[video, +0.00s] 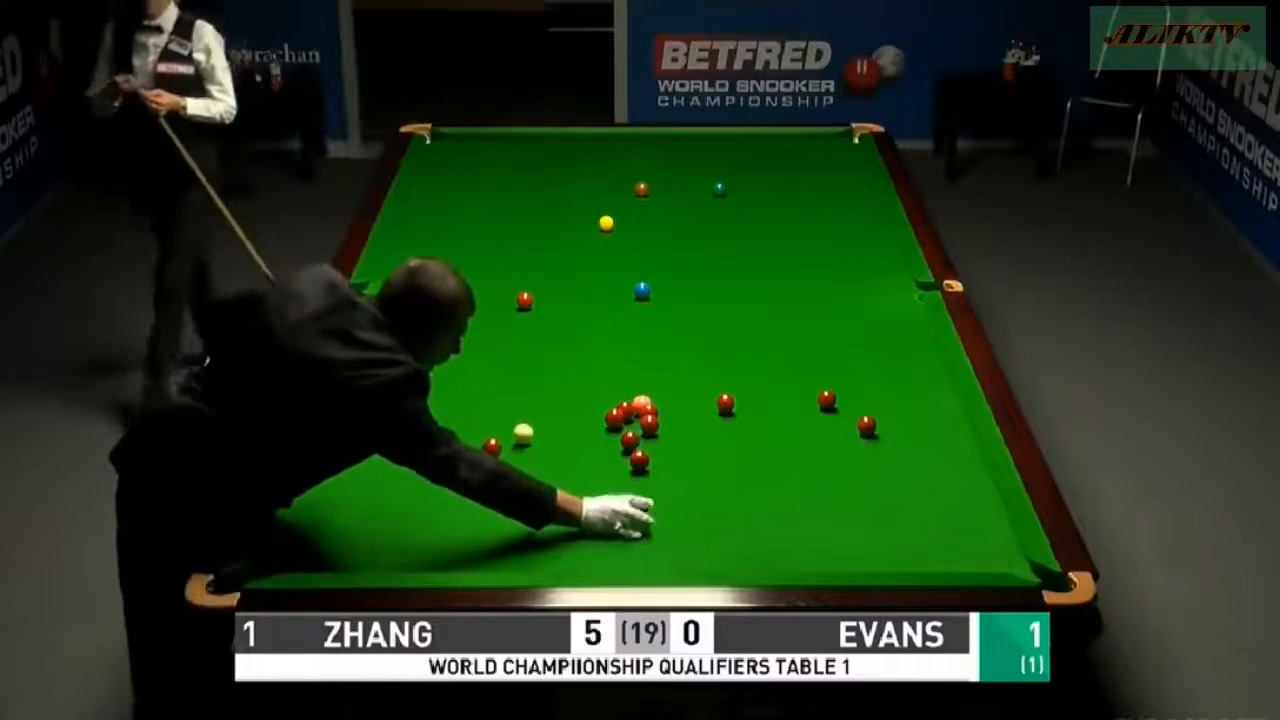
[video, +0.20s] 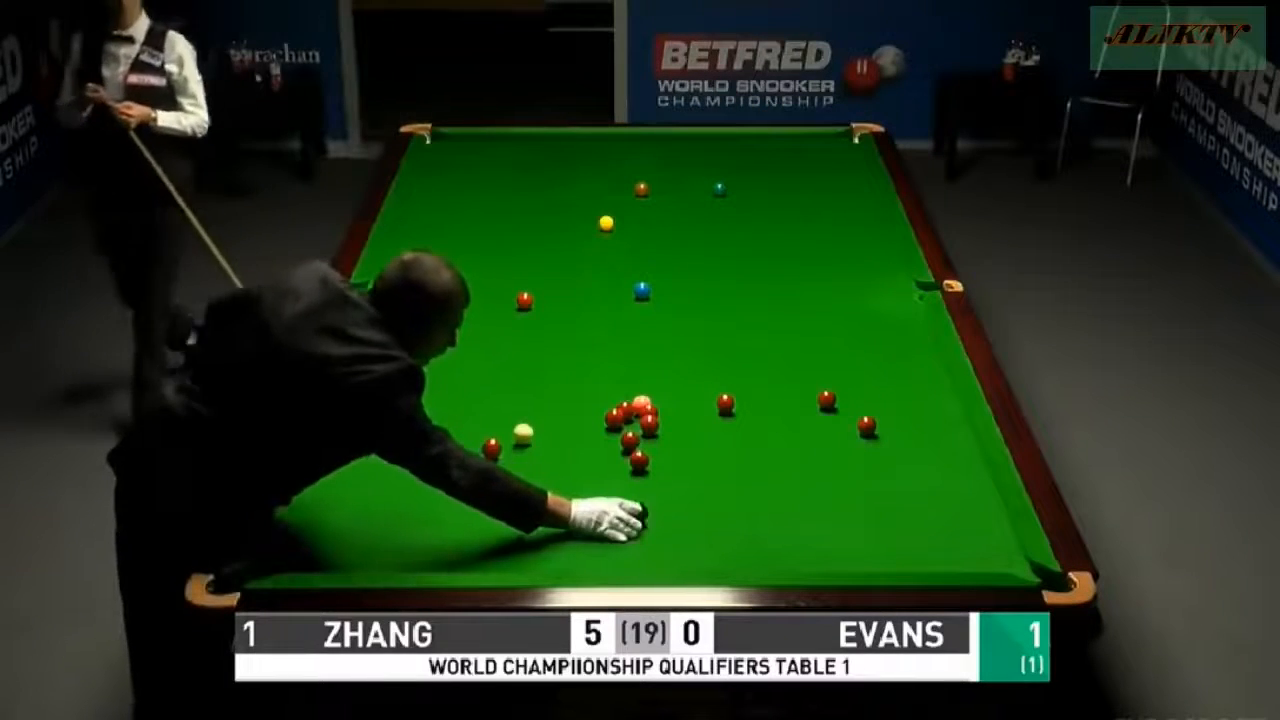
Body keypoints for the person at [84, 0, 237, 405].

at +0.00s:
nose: (149, 7)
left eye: (157, 3)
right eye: (145, 3)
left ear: (170, 1)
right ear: (137, 3)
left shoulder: (201, 35)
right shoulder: (118, 34)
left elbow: (226, 107)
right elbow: (94, 103)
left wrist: (179, 103)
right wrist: (113, 92)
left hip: (192, 164)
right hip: (142, 162)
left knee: (172, 273)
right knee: (192, 265)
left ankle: (159, 384)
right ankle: (220, 351)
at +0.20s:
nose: (121, 7)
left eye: (126, 2)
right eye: (117, 4)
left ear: (138, 4)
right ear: (109, 5)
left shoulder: (173, 47)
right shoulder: (87, 45)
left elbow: (198, 120)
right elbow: (64, 116)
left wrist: (150, 115)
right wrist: (84, 104)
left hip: (160, 186)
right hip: (105, 183)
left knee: (153, 295)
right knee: (132, 290)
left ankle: (147, 409)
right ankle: (186, 333)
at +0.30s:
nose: (100, 7)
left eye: (107, 2)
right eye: (96, 3)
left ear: (123, 4)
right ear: (88, 6)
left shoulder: (157, 49)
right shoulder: (69, 48)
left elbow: (182, 125)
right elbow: (45, 121)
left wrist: (132, 116)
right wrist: (66, 104)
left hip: (145, 193)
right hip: (89, 191)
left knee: (144, 302)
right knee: (96, 297)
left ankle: (145, 418)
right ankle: (147, 363)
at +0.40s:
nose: (86, 7)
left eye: (92, 1)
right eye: (81, 2)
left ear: (110, 2)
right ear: (73, 7)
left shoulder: (147, 52)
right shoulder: (58, 52)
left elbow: (172, 128)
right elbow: (41, 129)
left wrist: (121, 117)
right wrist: (54, 105)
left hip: (139, 200)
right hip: (80, 196)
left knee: (140, 309)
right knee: (80, 306)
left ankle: (145, 415)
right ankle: (112, 400)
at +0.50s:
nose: (72, 13)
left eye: (78, 4)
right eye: (66, 6)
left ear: (94, 6)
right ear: (57, 10)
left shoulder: (134, 59)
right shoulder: (43, 63)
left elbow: (156, 136)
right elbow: (22, 140)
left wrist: (104, 121)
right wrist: (37, 110)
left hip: (127, 211)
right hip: (65, 211)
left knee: (136, 328)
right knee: (69, 330)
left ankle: (147, 438)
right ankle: (62, 447)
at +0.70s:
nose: (49, 25)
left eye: (56, 16)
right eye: (42, 17)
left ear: (68, 16)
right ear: (29, 19)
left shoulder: (101, 72)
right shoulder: (13, 77)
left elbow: (128, 151)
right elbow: (2, 172)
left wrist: (80, 132)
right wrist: (11, 125)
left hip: (104, 224)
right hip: (40, 226)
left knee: (124, 336)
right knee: (50, 351)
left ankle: (148, 446)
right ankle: (41, 480)